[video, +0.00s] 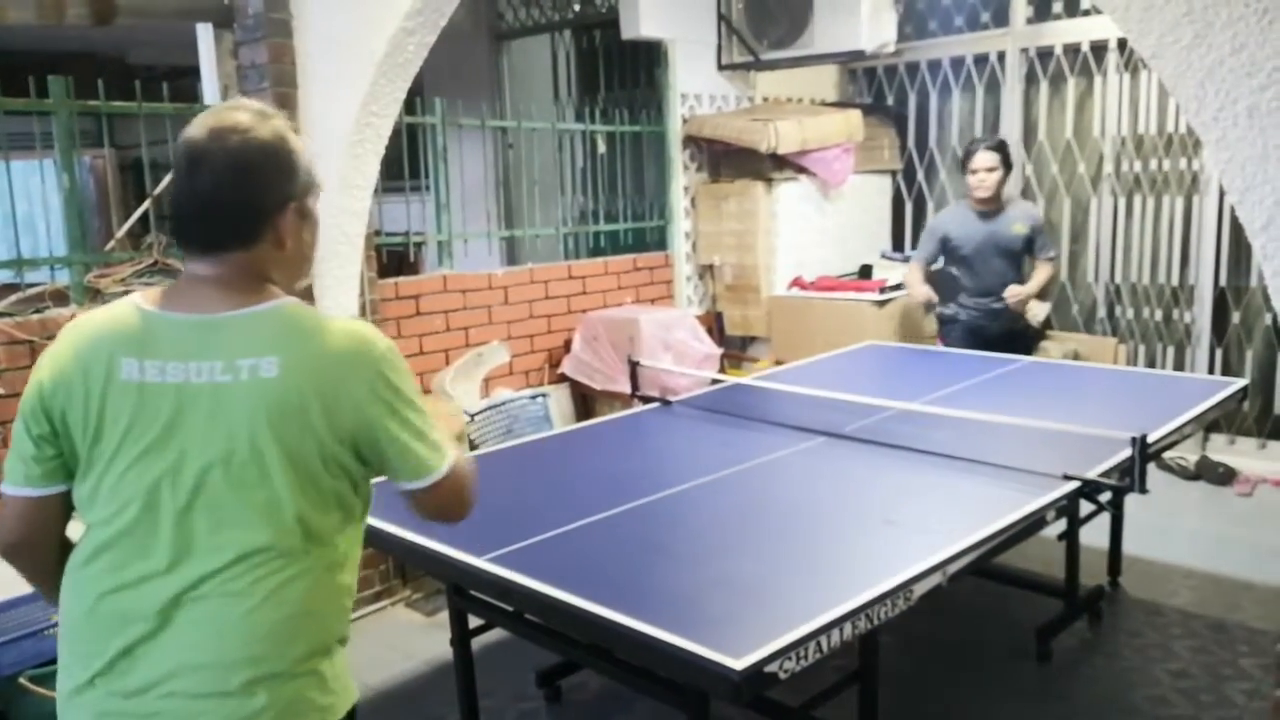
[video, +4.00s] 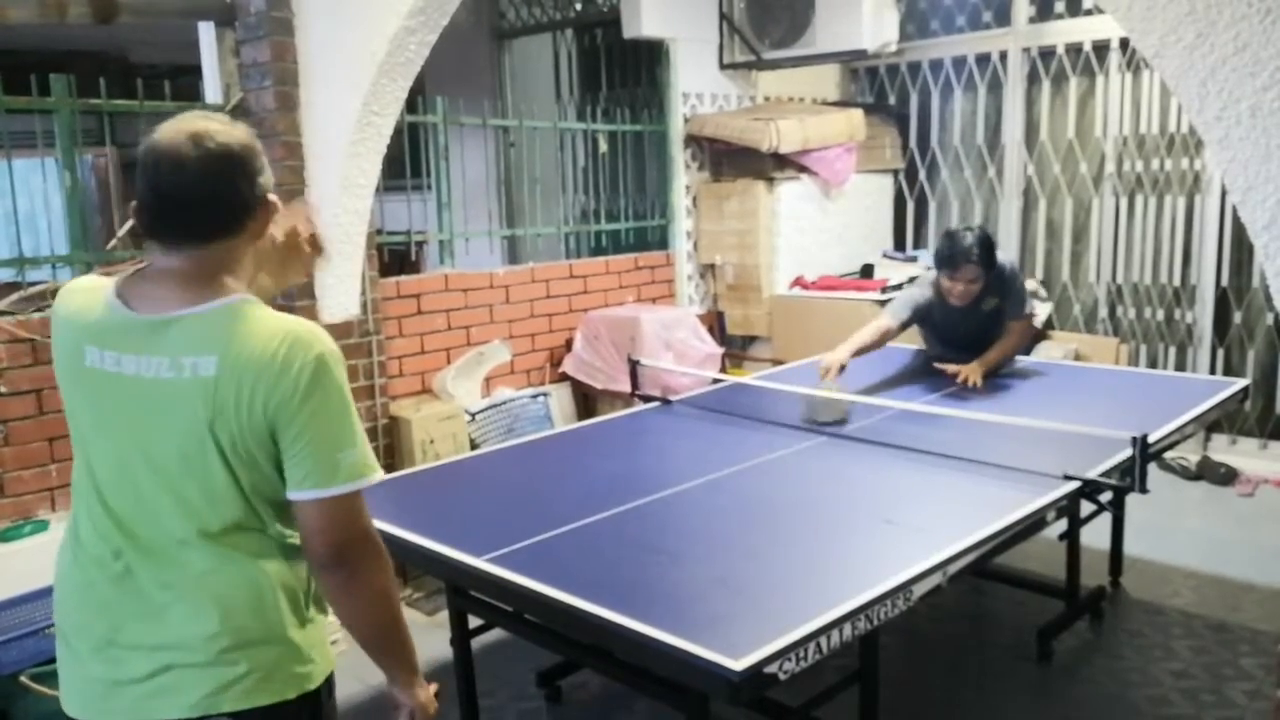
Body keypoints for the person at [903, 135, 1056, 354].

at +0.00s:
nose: (981, 178)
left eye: (990, 170)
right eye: (973, 172)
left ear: (1006, 173)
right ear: (965, 176)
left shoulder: (1026, 216)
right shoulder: (946, 220)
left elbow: (1046, 262)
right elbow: (917, 265)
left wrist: (1028, 290)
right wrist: (918, 288)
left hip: (1009, 318)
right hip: (961, 319)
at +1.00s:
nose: (950, 190)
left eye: (959, 181)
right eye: (942, 182)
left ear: (974, 182)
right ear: (932, 184)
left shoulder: (996, 223)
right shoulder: (915, 230)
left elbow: (1021, 258)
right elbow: (876, 268)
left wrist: (1015, 290)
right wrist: (872, 294)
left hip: (984, 338)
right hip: (934, 340)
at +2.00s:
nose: (938, 206)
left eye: (946, 198)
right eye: (928, 199)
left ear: (958, 197)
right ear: (915, 200)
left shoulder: (976, 228)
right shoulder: (906, 235)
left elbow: (989, 276)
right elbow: (874, 272)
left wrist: (998, 319)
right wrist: (857, 306)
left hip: (966, 325)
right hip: (917, 326)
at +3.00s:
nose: (919, 195)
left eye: (928, 186)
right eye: (911, 188)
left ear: (946, 186)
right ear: (901, 190)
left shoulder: (975, 225)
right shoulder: (892, 228)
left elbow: (994, 283)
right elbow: (854, 263)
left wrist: (983, 342)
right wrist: (828, 294)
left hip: (968, 343)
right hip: (920, 342)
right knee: (918, 422)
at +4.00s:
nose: (960, 289)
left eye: (971, 282)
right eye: (951, 279)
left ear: (987, 274)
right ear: (939, 271)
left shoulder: (1006, 278)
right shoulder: (922, 292)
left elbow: (1019, 333)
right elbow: (885, 326)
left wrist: (979, 366)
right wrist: (844, 351)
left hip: (997, 374)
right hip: (939, 373)